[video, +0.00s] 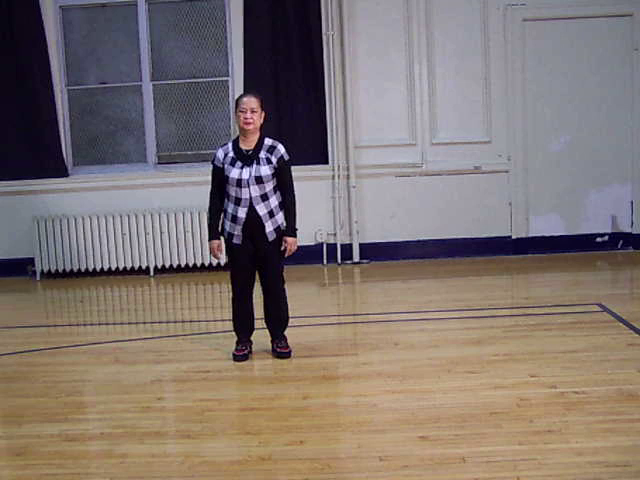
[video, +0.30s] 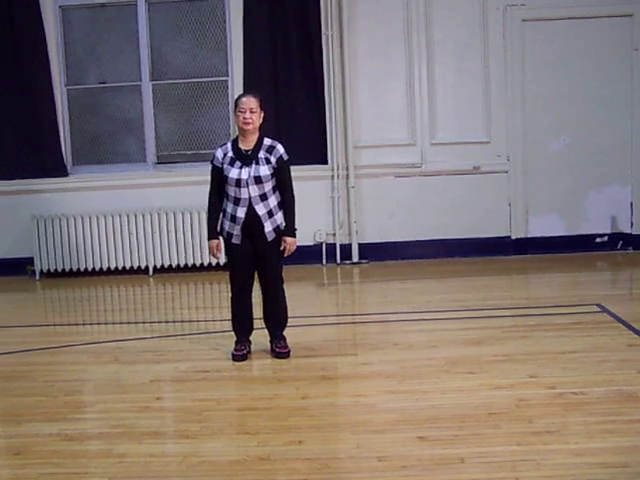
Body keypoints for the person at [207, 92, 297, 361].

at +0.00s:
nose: (247, 116)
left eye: (253, 111)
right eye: (242, 111)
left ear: (262, 116)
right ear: (235, 116)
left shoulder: (275, 150)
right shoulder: (223, 154)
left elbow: (288, 194)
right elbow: (216, 197)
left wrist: (291, 231)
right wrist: (214, 234)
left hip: (270, 231)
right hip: (237, 233)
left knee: (274, 286)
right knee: (241, 289)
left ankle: (279, 336)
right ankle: (243, 339)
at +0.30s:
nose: (246, 116)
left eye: (252, 111)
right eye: (241, 111)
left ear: (261, 116)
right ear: (235, 116)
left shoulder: (274, 150)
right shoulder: (223, 154)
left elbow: (287, 193)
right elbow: (215, 197)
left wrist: (290, 231)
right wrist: (213, 234)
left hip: (269, 231)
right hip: (236, 233)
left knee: (273, 286)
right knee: (240, 289)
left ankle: (278, 336)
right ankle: (242, 339)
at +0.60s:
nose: (248, 116)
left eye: (253, 111)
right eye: (243, 111)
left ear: (262, 116)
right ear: (236, 116)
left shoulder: (275, 150)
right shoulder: (224, 154)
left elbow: (288, 193)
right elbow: (216, 197)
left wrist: (291, 231)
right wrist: (215, 234)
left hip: (271, 231)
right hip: (237, 233)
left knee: (274, 286)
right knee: (241, 289)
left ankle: (279, 336)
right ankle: (243, 339)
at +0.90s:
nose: (249, 116)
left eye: (255, 111)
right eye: (244, 111)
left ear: (263, 116)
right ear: (236, 116)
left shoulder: (275, 150)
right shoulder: (224, 154)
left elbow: (288, 193)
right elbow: (216, 197)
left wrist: (290, 231)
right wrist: (214, 234)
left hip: (270, 231)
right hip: (237, 233)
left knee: (274, 286)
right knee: (241, 289)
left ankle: (279, 336)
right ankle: (243, 339)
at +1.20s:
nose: (251, 114)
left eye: (256, 109)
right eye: (245, 109)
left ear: (263, 115)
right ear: (236, 115)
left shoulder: (275, 149)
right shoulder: (223, 153)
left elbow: (287, 192)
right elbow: (216, 196)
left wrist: (290, 230)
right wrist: (214, 233)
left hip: (270, 230)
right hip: (236, 232)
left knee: (274, 284)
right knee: (241, 287)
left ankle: (279, 335)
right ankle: (243, 337)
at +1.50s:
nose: (251, 115)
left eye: (257, 110)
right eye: (245, 110)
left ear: (263, 115)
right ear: (236, 115)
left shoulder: (275, 150)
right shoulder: (223, 153)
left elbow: (287, 192)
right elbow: (216, 196)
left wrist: (290, 230)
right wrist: (214, 233)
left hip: (270, 230)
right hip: (237, 232)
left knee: (274, 284)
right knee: (241, 287)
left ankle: (279, 335)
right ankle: (243, 337)